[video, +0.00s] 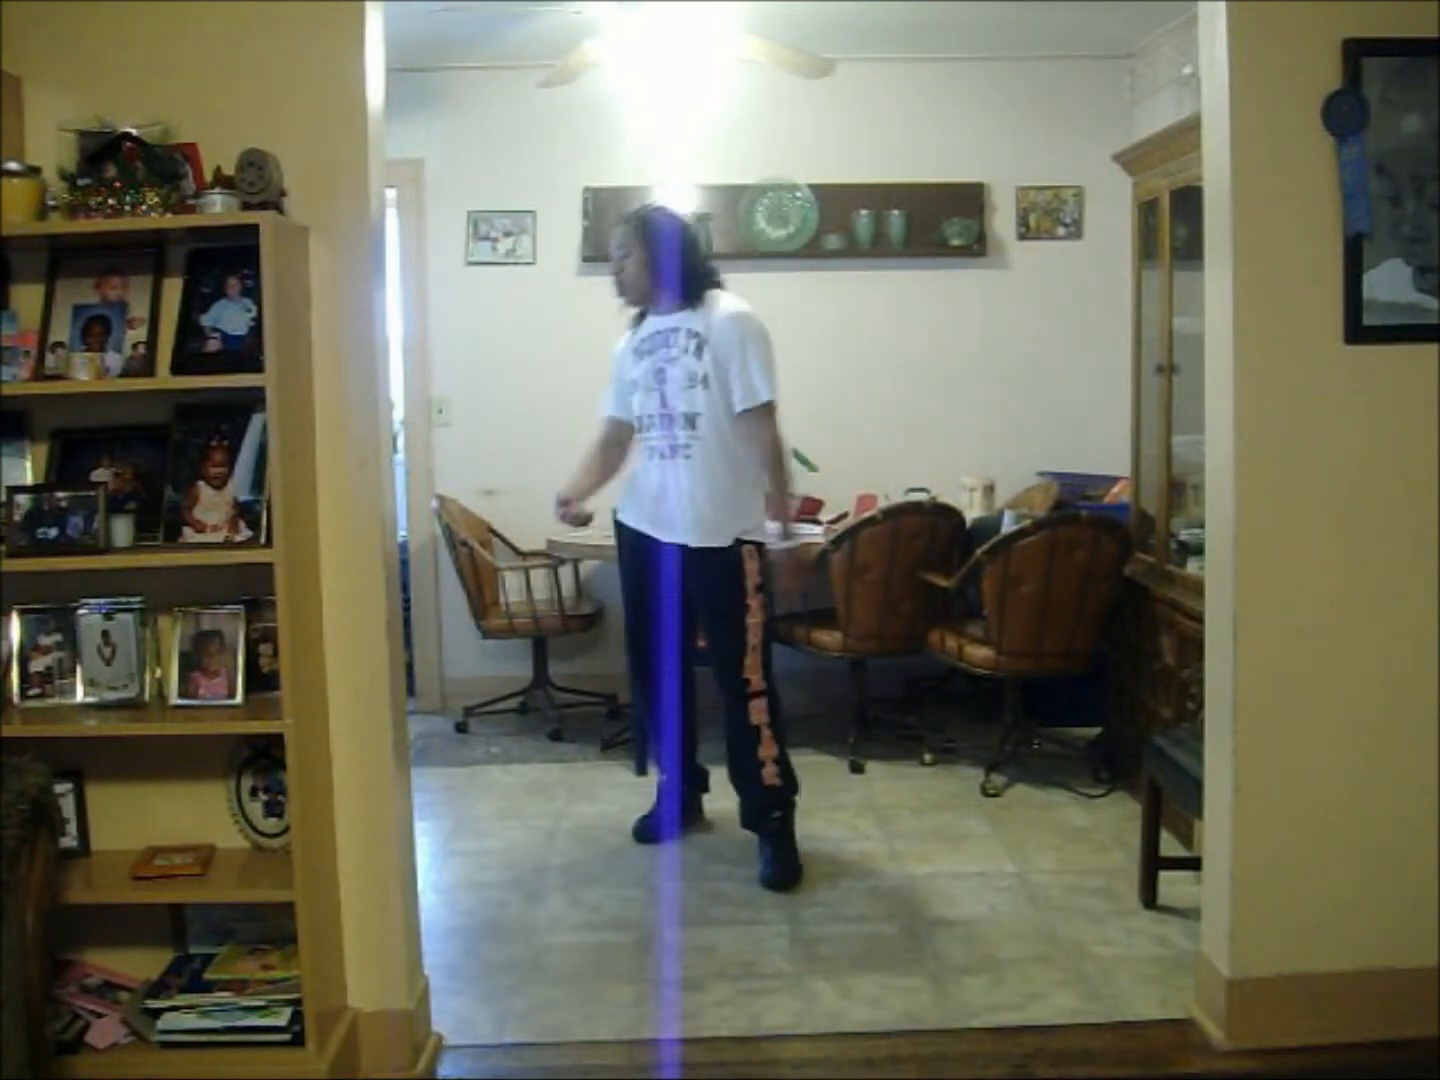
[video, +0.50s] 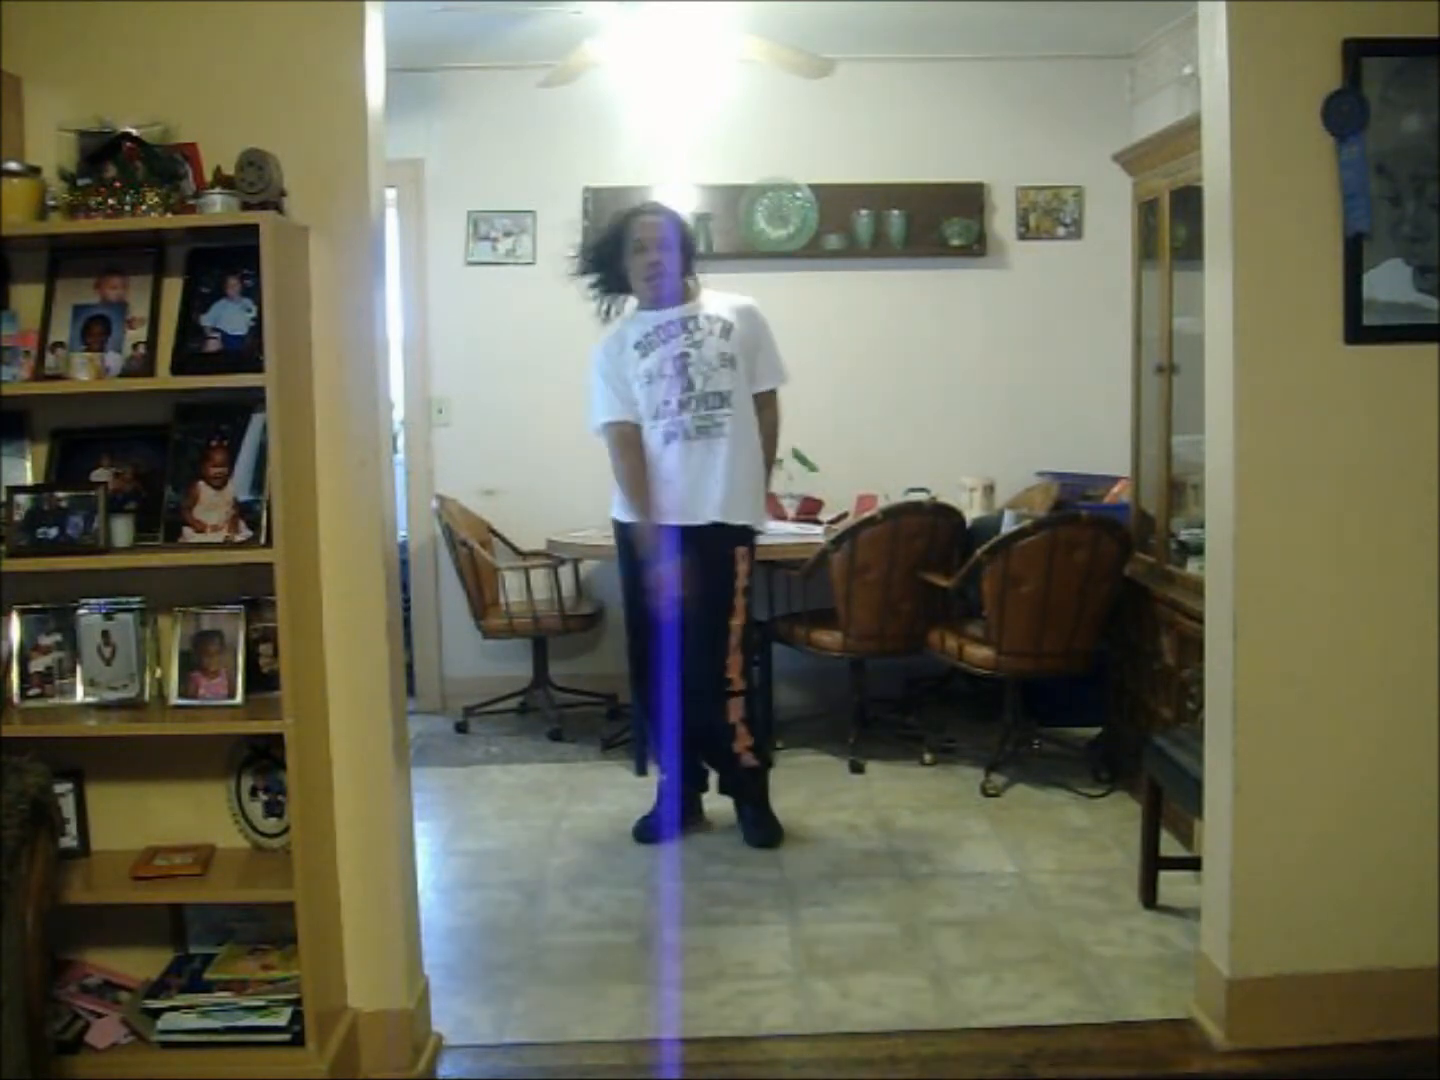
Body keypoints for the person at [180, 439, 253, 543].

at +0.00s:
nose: (219, 472)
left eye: (224, 467)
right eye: (214, 466)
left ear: (231, 469)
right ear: (203, 468)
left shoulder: (231, 488)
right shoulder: (199, 489)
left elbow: (236, 509)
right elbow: (186, 511)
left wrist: (234, 524)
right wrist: (199, 526)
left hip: (225, 533)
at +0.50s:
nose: (219, 472)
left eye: (224, 467)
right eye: (214, 466)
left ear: (230, 469)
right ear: (203, 468)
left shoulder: (231, 488)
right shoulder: (199, 488)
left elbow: (236, 509)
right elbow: (186, 511)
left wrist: (234, 523)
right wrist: (199, 526)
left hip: (225, 532)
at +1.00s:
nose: (219, 472)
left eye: (224, 467)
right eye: (214, 466)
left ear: (231, 469)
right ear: (203, 468)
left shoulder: (231, 488)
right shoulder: (199, 488)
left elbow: (236, 509)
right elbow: (186, 511)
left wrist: (234, 523)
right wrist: (199, 526)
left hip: (225, 534)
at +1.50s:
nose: (219, 472)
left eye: (224, 467)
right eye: (214, 466)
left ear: (230, 469)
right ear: (203, 468)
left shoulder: (231, 488)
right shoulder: (199, 488)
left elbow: (236, 509)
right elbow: (186, 510)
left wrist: (234, 523)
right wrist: (198, 525)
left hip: (225, 534)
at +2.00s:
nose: (219, 472)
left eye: (224, 467)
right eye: (214, 466)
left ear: (231, 469)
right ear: (203, 468)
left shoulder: (231, 488)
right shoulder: (199, 488)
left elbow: (236, 509)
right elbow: (186, 511)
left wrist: (234, 523)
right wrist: (199, 526)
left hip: (225, 533)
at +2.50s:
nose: (219, 472)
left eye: (224, 467)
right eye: (214, 466)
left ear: (231, 469)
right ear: (203, 468)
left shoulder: (231, 488)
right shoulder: (199, 488)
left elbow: (236, 509)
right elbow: (186, 511)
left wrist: (234, 523)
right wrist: (199, 526)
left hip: (225, 533)